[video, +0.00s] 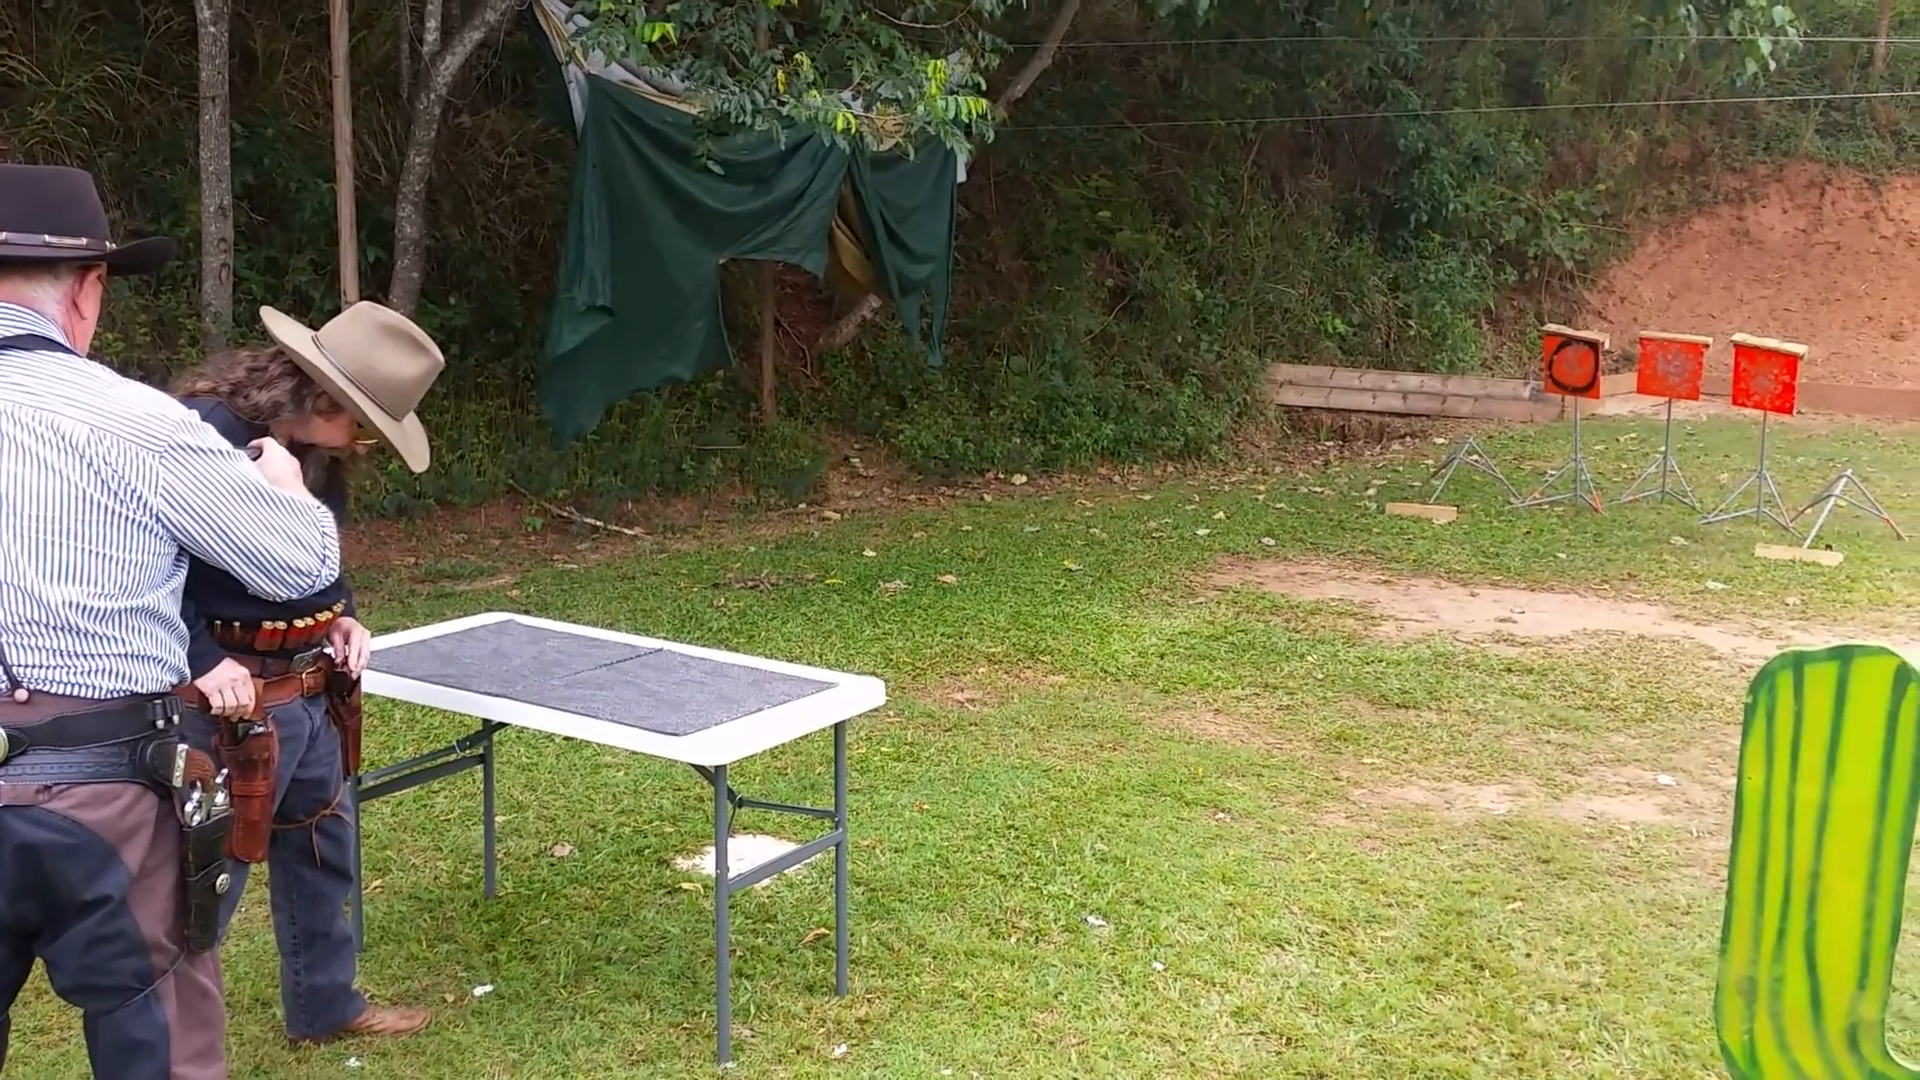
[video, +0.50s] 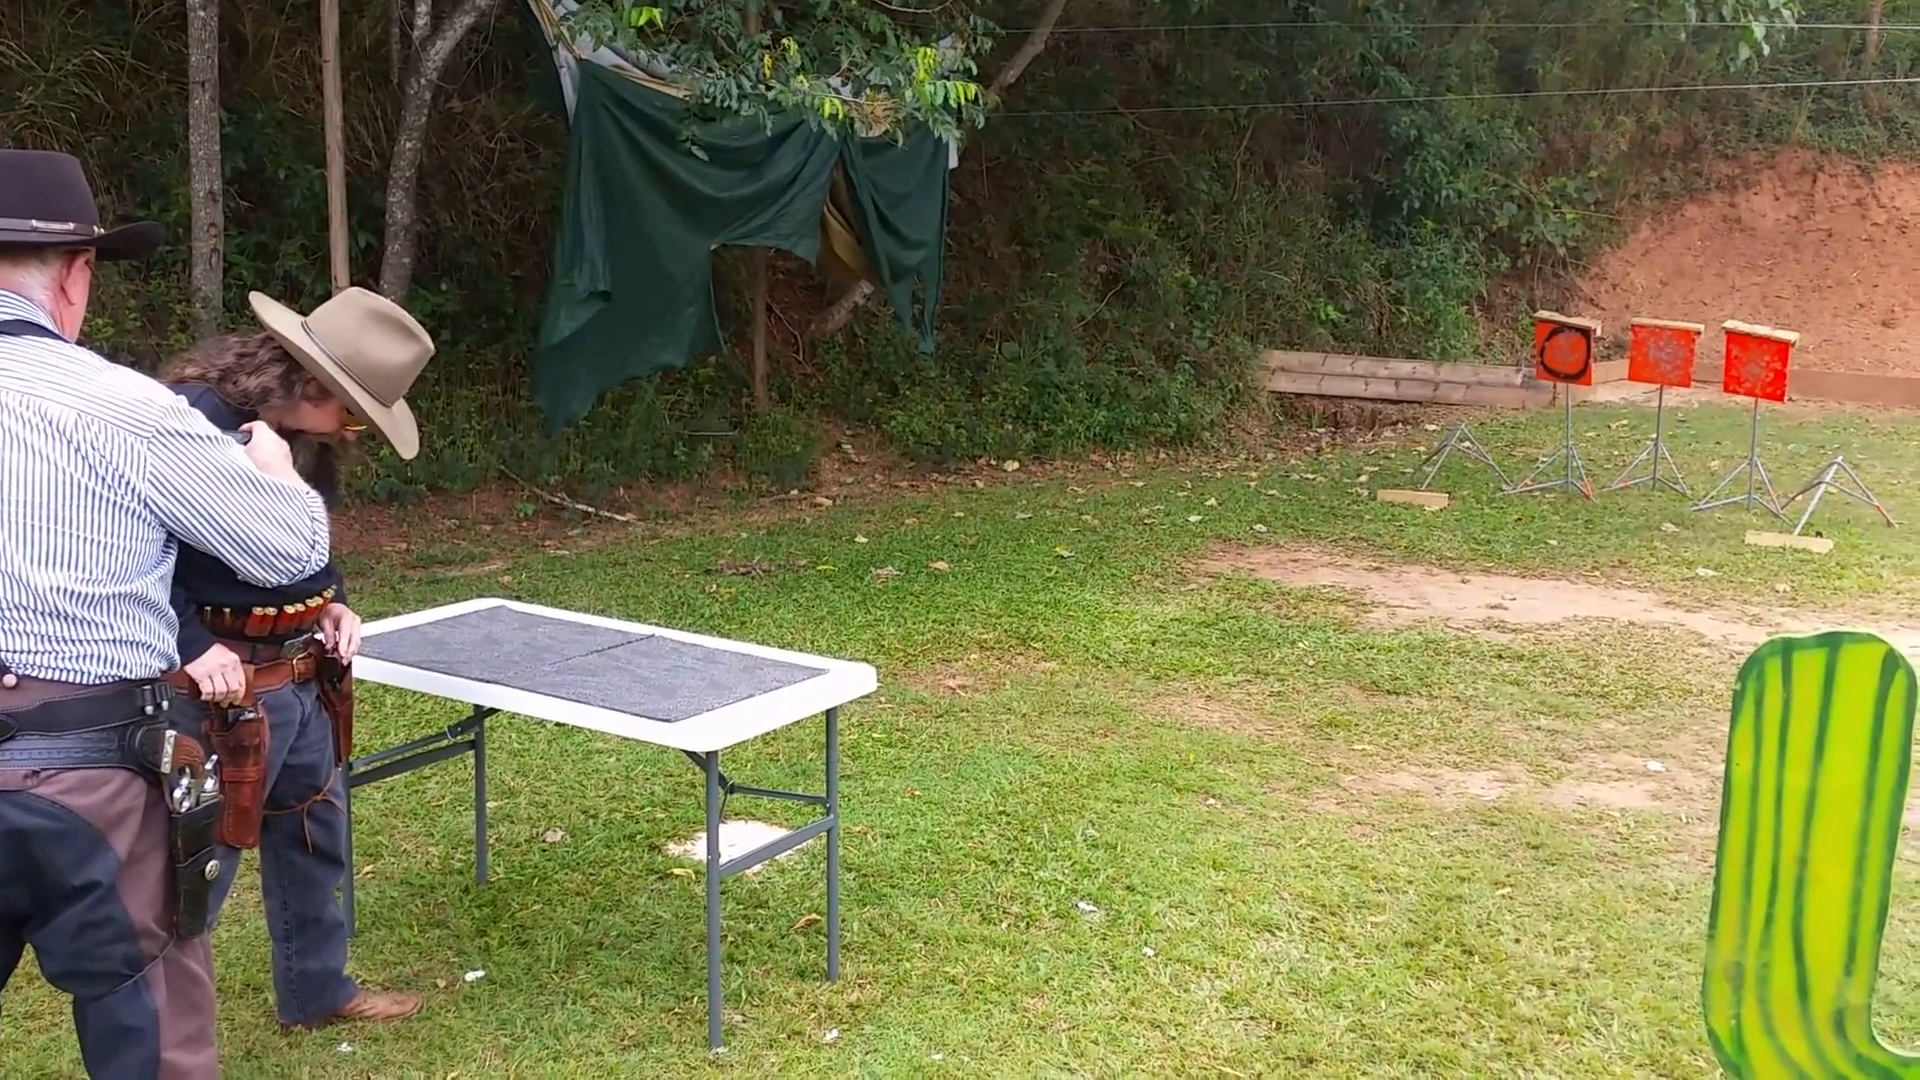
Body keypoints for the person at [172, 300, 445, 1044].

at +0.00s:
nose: (357, 445)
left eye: (366, 434)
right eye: (359, 429)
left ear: (336, 409)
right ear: (328, 402)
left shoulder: (309, 460)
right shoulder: (200, 439)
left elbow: (304, 561)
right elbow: (151, 569)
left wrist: (336, 618)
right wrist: (202, 656)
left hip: (307, 694)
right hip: (225, 706)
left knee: (321, 854)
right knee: (206, 883)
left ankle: (324, 1006)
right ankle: (168, 1033)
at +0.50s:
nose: (350, 432)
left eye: (358, 421)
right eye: (352, 416)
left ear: (324, 395)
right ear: (320, 390)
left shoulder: (297, 445)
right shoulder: (189, 425)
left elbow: (289, 548)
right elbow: (141, 556)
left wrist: (325, 605)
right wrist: (192, 643)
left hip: (296, 681)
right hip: (215, 694)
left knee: (313, 839)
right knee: (197, 870)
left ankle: (316, 992)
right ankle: (159, 1017)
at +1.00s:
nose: (327, 421)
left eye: (336, 409)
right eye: (328, 405)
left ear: (303, 386)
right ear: (295, 378)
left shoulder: (282, 432)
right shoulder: (180, 413)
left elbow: (284, 528)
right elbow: (185, 554)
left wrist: (322, 585)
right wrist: (284, 612)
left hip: (277, 666)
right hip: (198, 673)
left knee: (300, 824)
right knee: (180, 856)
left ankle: (302, 986)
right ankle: (145, 1008)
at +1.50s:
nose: (303, 340)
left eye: (302, 324)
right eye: (296, 325)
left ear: (217, 325)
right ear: (262, 330)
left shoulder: (167, 379)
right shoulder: (221, 382)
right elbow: (250, 472)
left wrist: (271, 524)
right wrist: (318, 510)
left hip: (233, 651)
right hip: (197, 657)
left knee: (276, 817)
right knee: (175, 852)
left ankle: (285, 982)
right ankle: (127, 1011)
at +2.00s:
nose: (281, 329)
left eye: (276, 316)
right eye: (271, 317)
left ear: (192, 325)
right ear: (243, 327)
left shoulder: (161, 393)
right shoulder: (231, 403)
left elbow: (306, 397)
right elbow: (342, 412)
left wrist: (393, 370)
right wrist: (427, 384)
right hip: (192, 663)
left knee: (263, 815)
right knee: (183, 858)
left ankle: (275, 980)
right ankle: (108, 1012)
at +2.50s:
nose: (290, 328)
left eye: (285, 316)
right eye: (281, 315)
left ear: (200, 320)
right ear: (255, 321)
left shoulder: (159, 384)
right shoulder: (242, 398)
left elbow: (306, 383)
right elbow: (352, 407)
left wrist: (401, 359)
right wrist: (432, 378)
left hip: (137, 652)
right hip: (184, 667)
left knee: (254, 817)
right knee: (166, 862)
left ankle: (264, 982)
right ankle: (93, 1016)